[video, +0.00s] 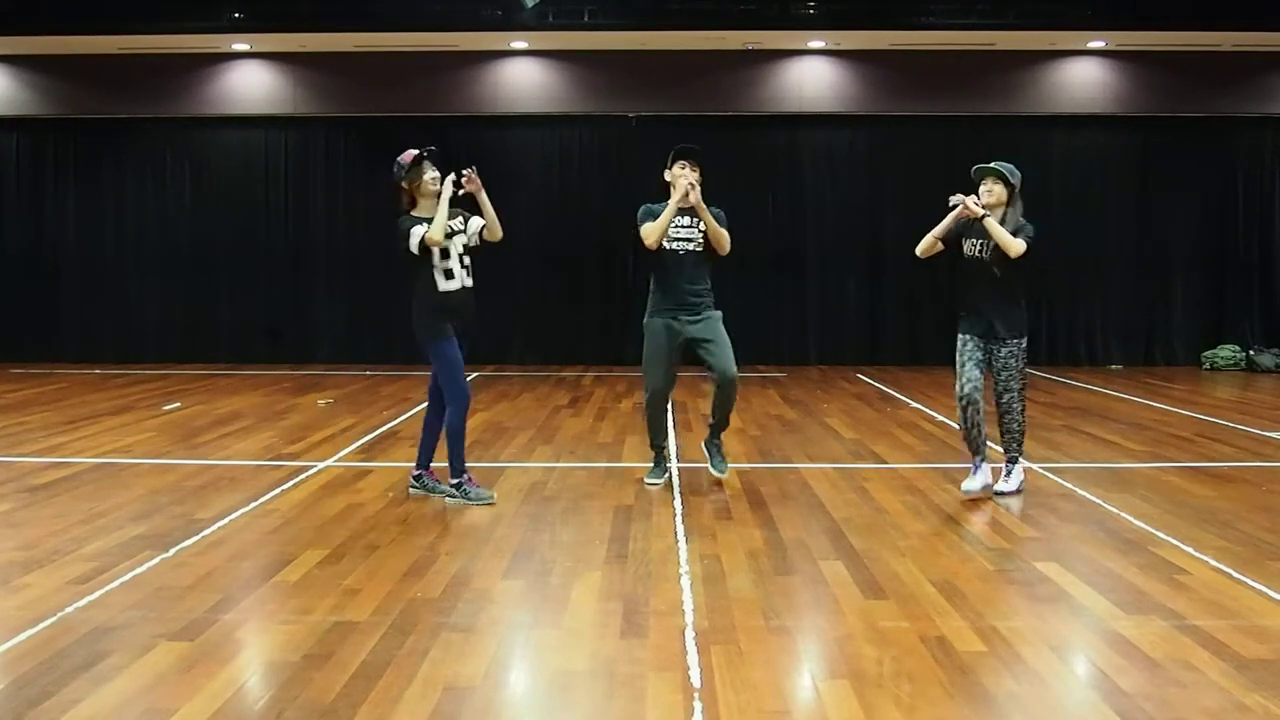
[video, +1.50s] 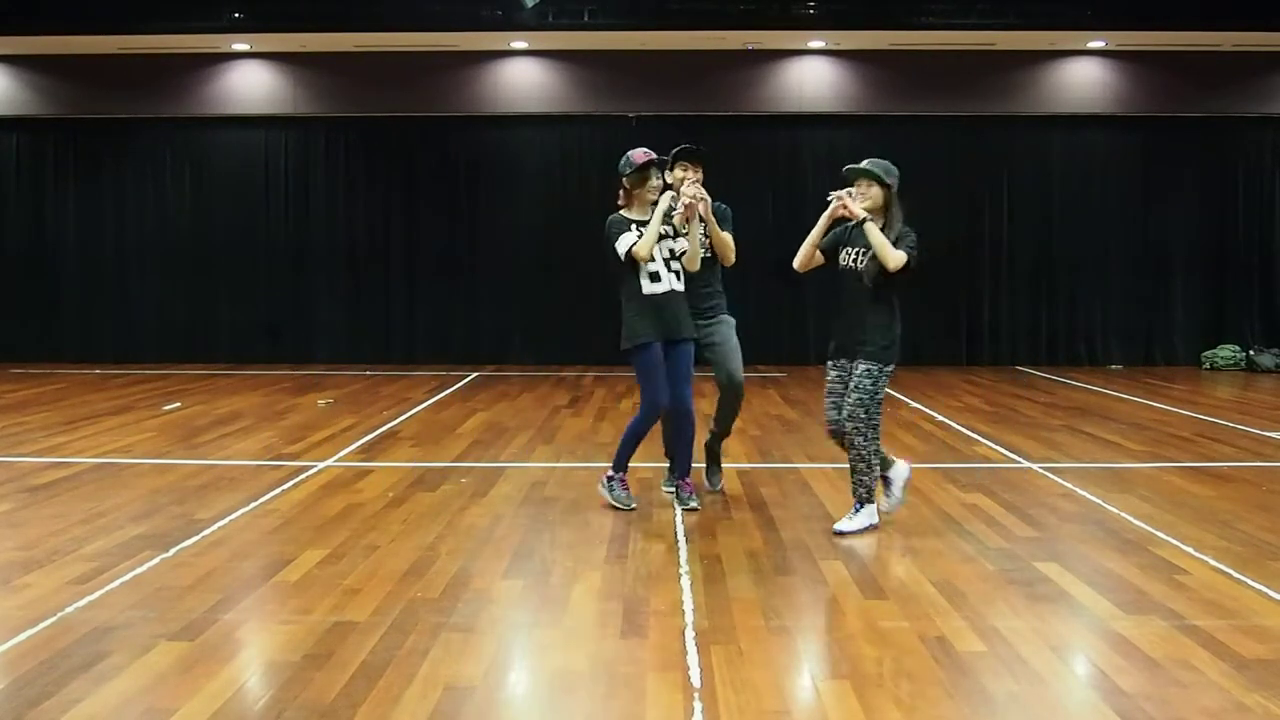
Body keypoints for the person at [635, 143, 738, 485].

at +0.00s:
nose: (686, 173)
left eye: (692, 169)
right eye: (680, 168)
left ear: (700, 179)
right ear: (667, 175)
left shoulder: (713, 214)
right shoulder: (651, 212)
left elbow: (724, 248)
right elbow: (651, 241)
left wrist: (701, 209)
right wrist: (676, 201)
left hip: (704, 315)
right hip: (661, 316)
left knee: (728, 375)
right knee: (655, 391)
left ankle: (714, 440)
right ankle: (659, 457)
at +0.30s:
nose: (694, 174)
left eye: (701, 169)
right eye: (688, 168)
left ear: (712, 177)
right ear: (680, 176)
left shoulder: (730, 216)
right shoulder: (666, 213)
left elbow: (726, 250)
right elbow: (658, 247)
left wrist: (700, 209)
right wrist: (682, 205)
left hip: (712, 317)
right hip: (673, 308)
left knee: (718, 394)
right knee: (653, 356)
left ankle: (716, 457)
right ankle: (669, 420)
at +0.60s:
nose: (683, 178)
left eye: (690, 172)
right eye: (678, 172)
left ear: (704, 178)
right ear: (670, 180)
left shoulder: (723, 218)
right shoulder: (658, 217)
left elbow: (719, 259)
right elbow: (660, 258)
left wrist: (693, 219)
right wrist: (677, 215)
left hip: (713, 317)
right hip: (671, 318)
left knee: (734, 384)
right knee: (669, 394)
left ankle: (720, 438)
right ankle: (677, 463)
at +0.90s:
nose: (686, 173)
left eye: (692, 168)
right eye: (680, 167)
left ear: (704, 175)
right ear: (671, 174)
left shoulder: (723, 212)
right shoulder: (656, 212)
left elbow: (734, 248)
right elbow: (652, 248)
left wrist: (703, 210)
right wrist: (679, 205)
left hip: (715, 313)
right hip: (672, 317)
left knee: (737, 368)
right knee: (671, 394)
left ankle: (716, 436)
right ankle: (678, 463)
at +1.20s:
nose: (695, 170)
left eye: (702, 165)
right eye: (689, 164)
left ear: (711, 172)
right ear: (678, 169)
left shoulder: (728, 208)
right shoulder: (667, 206)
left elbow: (728, 250)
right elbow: (654, 251)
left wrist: (702, 209)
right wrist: (682, 204)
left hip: (713, 313)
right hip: (674, 305)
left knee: (714, 395)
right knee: (661, 358)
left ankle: (708, 463)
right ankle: (674, 420)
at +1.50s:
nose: (691, 176)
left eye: (696, 171)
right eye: (683, 170)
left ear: (704, 177)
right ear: (670, 175)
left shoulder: (718, 211)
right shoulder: (662, 210)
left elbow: (728, 257)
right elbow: (653, 249)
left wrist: (709, 218)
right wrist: (678, 208)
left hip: (714, 315)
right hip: (675, 316)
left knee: (734, 380)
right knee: (673, 392)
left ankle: (715, 446)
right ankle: (676, 463)